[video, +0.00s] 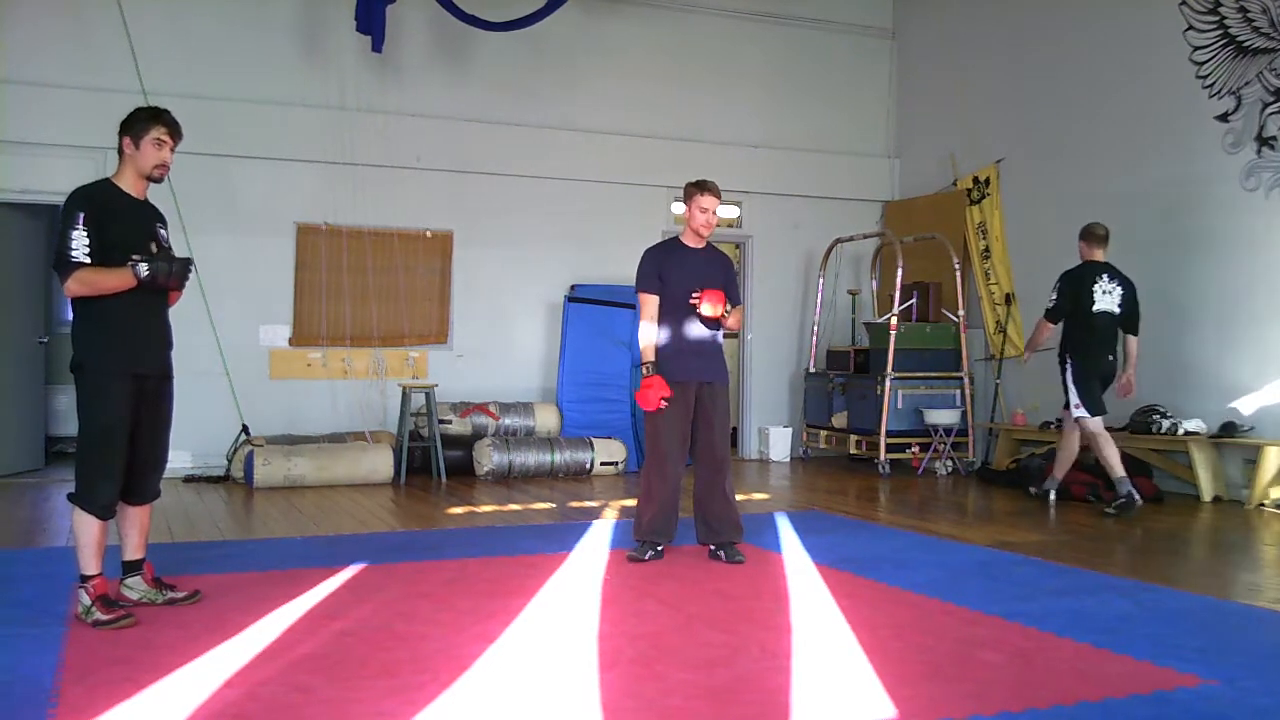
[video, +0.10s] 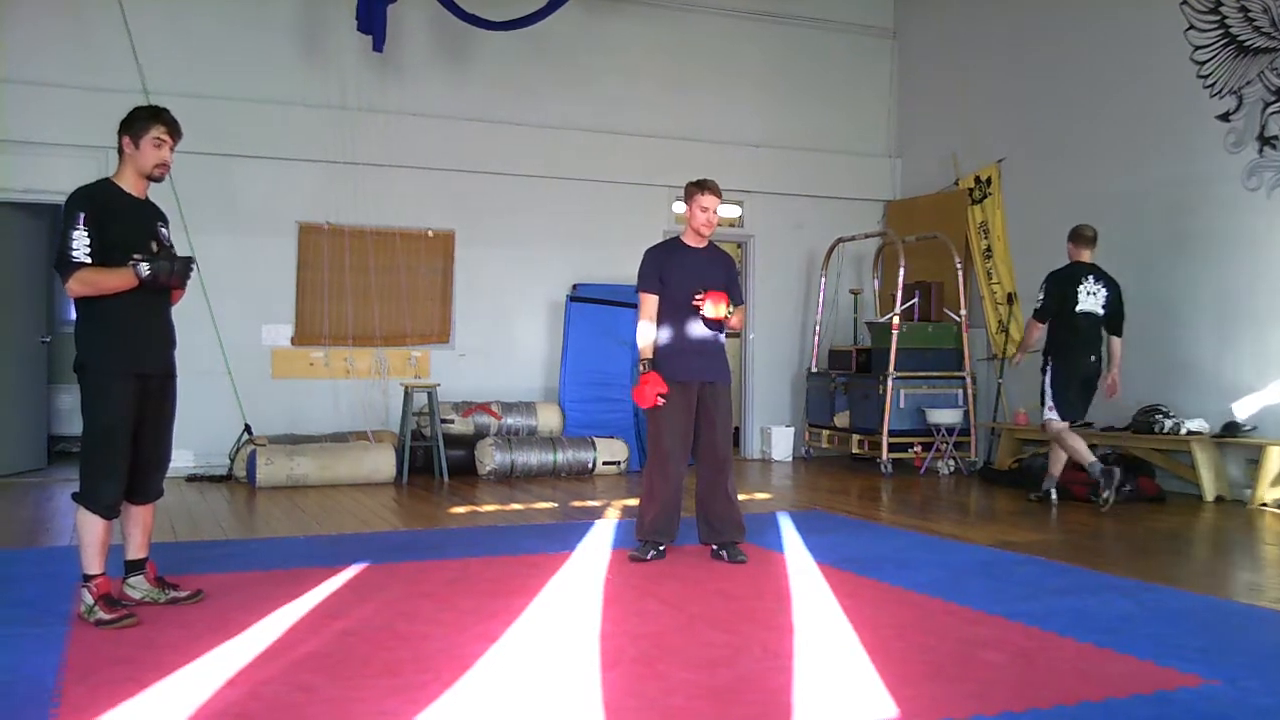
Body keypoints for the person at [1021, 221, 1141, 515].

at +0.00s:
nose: (1079, 249)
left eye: (1079, 245)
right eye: (1081, 245)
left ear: (1082, 245)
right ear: (1106, 247)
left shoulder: (1072, 278)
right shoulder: (1124, 283)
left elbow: (1048, 324)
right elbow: (1131, 332)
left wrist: (1029, 347)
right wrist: (1130, 371)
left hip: (1077, 361)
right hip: (1107, 363)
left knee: (1093, 428)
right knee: (1072, 423)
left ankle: (1125, 492)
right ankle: (1050, 486)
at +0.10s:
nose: (1069, 250)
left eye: (1069, 245)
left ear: (1070, 246)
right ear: (1094, 248)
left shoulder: (1058, 278)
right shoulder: (1110, 284)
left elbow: (1037, 324)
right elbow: (1115, 333)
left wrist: (1022, 349)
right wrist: (1114, 370)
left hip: (1061, 360)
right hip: (1091, 363)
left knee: (1053, 425)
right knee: (1063, 427)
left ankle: (1101, 472)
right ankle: (1048, 487)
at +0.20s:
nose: (1030, 249)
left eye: (1026, 244)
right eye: (1038, 246)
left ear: (1024, 244)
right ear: (1048, 247)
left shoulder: (1010, 275)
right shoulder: (1062, 282)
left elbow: (994, 321)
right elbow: (1065, 331)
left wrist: (980, 353)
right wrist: (1060, 364)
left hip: (1012, 355)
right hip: (1043, 359)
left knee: (991, 413)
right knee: (1020, 418)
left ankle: (1031, 460)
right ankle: (1014, 482)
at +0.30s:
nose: (999, 249)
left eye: (995, 243)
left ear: (993, 243)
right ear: (1017, 246)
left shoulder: (978, 273)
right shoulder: (1030, 279)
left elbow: (964, 319)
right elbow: (1033, 328)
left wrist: (952, 353)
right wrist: (1021, 355)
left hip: (980, 351)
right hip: (1011, 354)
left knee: (962, 407)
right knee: (996, 415)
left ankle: (970, 470)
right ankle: (994, 480)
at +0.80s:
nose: (981, 256)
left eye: (978, 251)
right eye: (983, 252)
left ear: (961, 246)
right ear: (983, 251)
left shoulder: (938, 272)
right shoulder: (993, 279)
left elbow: (922, 313)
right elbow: (999, 325)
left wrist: (913, 348)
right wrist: (996, 357)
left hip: (944, 351)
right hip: (976, 354)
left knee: (943, 410)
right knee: (969, 406)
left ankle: (942, 470)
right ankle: (966, 462)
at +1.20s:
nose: (997, 282)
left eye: (998, 279)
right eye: (999, 278)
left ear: (981, 265)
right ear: (996, 274)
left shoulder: (948, 278)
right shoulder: (990, 298)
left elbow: (920, 304)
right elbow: (996, 344)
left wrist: (912, 340)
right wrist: (998, 378)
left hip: (929, 351)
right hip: (960, 357)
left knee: (930, 411)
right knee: (957, 410)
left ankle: (937, 464)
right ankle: (952, 465)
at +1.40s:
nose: (1008, 299)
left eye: (1009, 295)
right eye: (1010, 295)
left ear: (993, 279)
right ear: (1006, 290)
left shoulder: (961, 282)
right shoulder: (996, 313)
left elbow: (926, 302)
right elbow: (996, 359)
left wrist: (913, 335)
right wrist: (1000, 392)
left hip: (928, 346)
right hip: (958, 356)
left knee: (916, 402)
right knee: (957, 410)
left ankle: (909, 455)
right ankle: (952, 465)